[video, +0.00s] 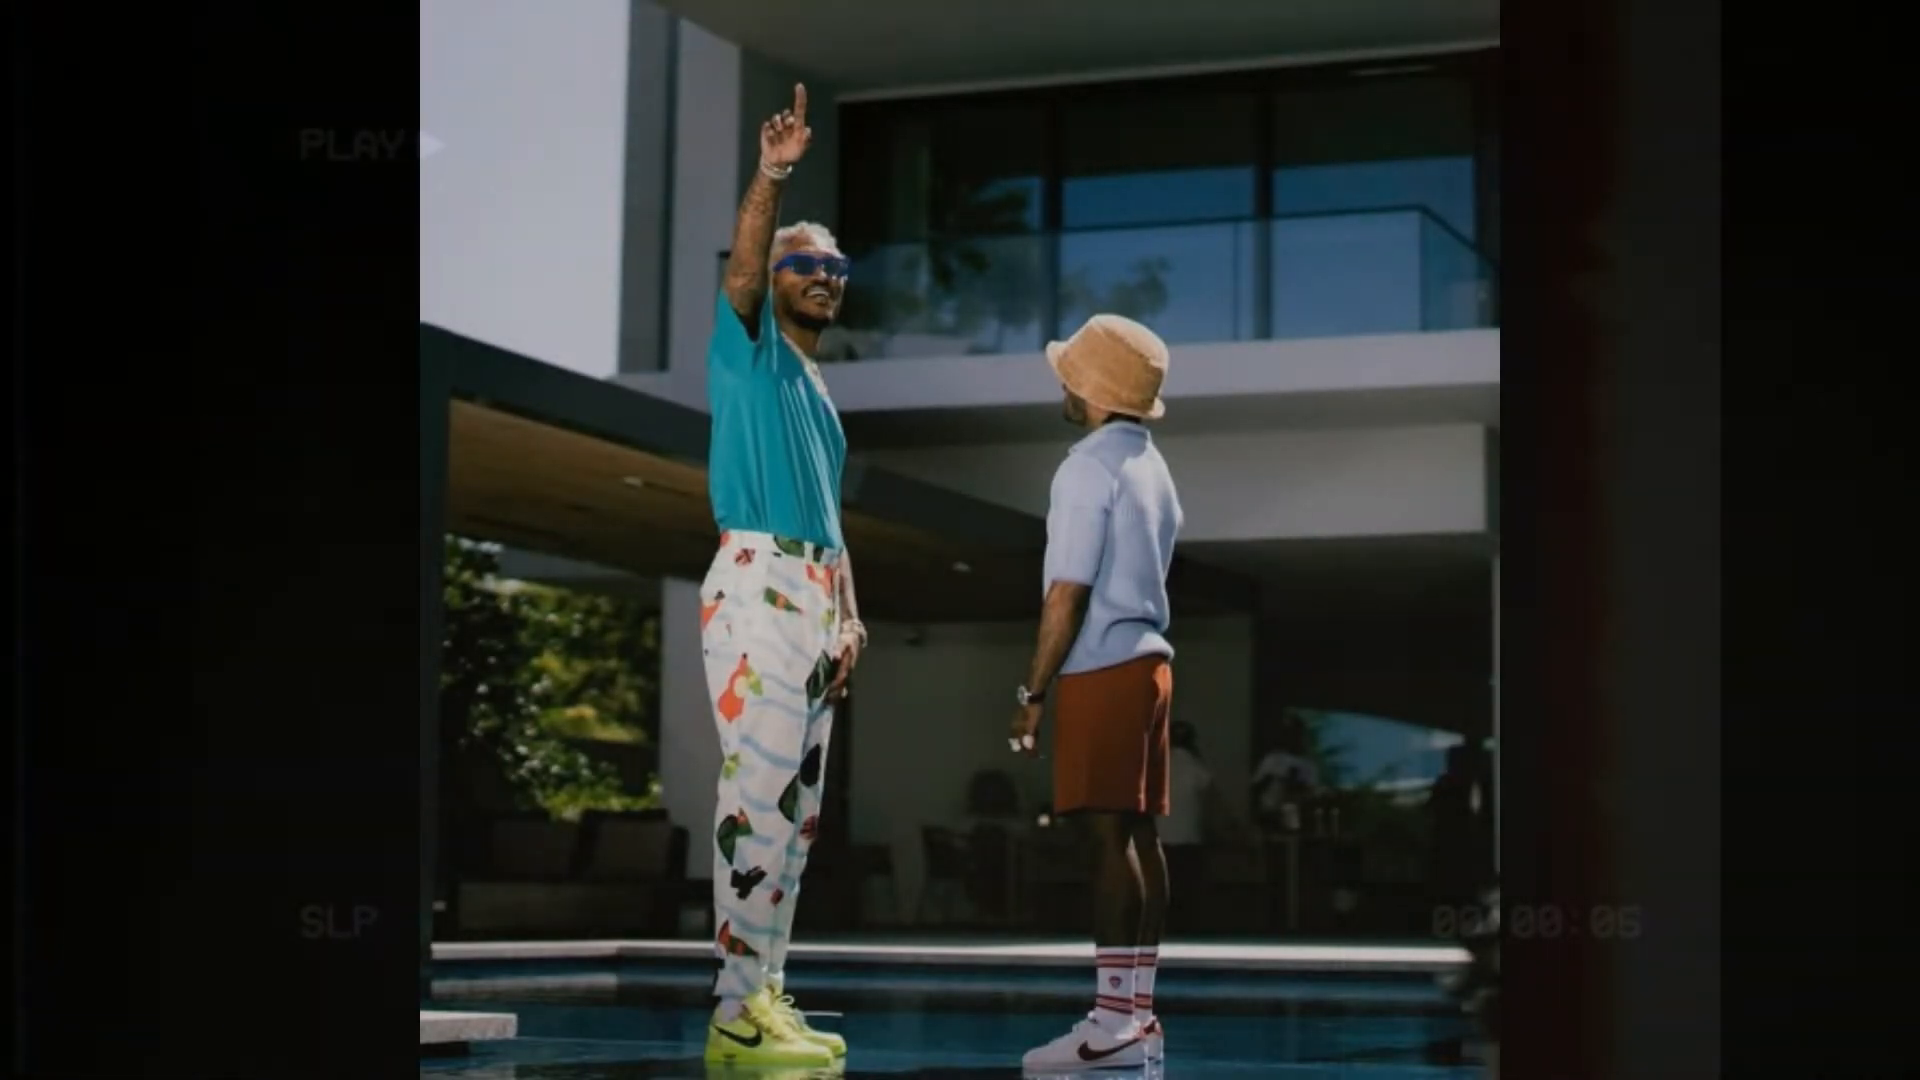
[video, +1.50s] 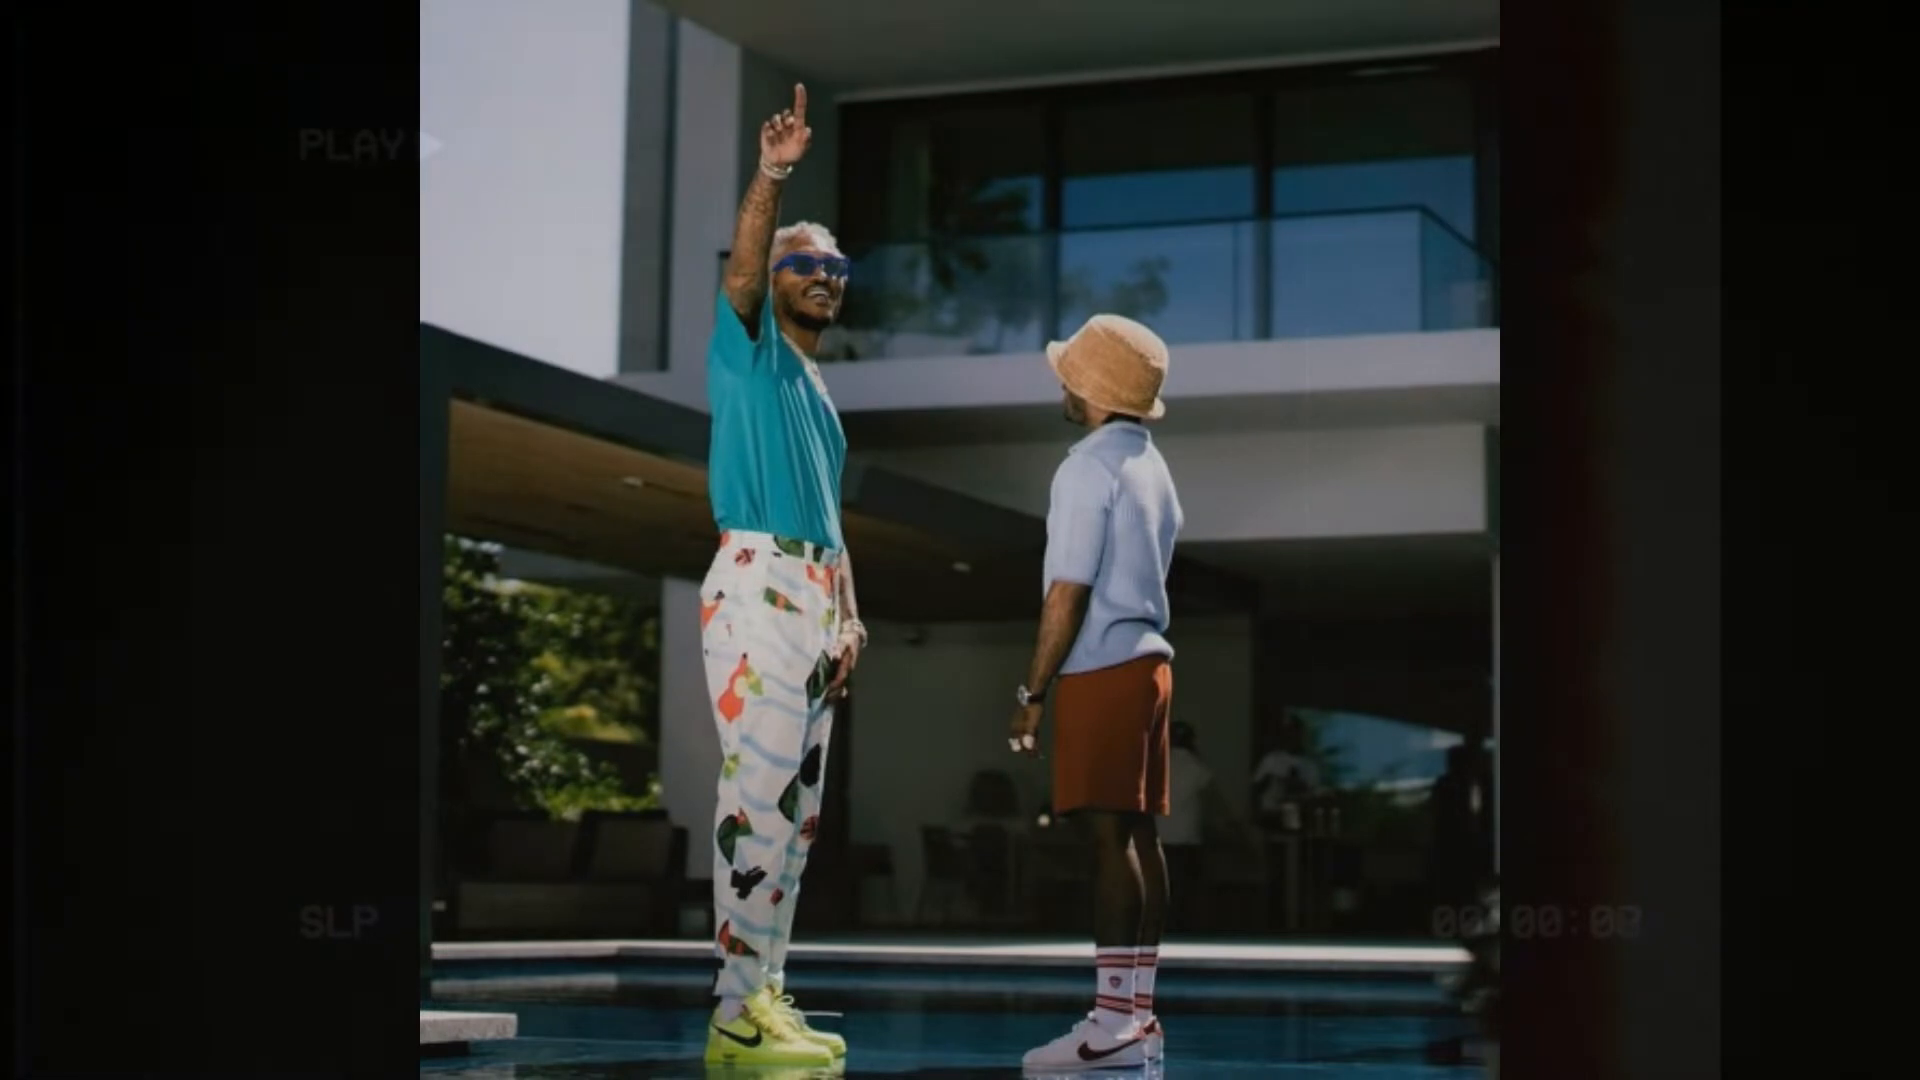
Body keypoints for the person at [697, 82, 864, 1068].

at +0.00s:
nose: (823, 281)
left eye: (833, 272)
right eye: (805, 267)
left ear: (841, 292)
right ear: (770, 278)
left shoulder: (818, 394)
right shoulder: (744, 344)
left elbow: (826, 520)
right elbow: (744, 267)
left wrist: (847, 612)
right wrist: (770, 173)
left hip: (814, 590)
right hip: (756, 581)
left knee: (794, 798)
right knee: (759, 791)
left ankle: (757, 1005)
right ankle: (747, 1006)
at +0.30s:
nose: (823, 283)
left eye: (834, 273)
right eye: (806, 268)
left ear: (841, 292)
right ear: (770, 278)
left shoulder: (818, 394)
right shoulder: (744, 344)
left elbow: (827, 520)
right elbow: (744, 267)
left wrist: (847, 612)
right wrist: (770, 173)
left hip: (813, 590)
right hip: (756, 582)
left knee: (793, 797)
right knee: (759, 792)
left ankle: (758, 1001)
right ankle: (746, 1006)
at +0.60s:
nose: (823, 283)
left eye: (834, 273)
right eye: (806, 268)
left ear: (841, 292)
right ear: (770, 278)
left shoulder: (818, 394)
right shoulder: (744, 343)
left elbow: (827, 520)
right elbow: (744, 267)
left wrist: (847, 611)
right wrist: (770, 173)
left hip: (813, 590)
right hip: (755, 581)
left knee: (793, 798)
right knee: (759, 793)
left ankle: (759, 1002)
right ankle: (745, 1007)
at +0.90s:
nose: (823, 283)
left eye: (834, 273)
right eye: (806, 268)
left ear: (841, 292)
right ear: (770, 278)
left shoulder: (818, 394)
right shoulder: (744, 343)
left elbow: (827, 520)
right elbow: (744, 267)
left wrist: (847, 611)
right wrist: (770, 173)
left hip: (813, 590)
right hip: (755, 581)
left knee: (793, 798)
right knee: (759, 793)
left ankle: (759, 1003)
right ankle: (745, 1007)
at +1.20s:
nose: (823, 283)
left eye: (834, 274)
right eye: (806, 268)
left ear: (841, 292)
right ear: (770, 278)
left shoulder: (818, 394)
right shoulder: (744, 343)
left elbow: (827, 520)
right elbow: (744, 267)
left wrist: (847, 611)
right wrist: (770, 173)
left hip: (813, 589)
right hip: (755, 581)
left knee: (794, 798)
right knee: (759, 792)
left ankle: (758, 1003)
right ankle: (745, 1007)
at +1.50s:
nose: (822, 283)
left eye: (833, 273)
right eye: (805, 268)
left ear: (841, 292)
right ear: (770, 279)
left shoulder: (818, 395)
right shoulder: (744, 344)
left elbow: (828, 520)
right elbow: (743, 267)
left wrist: (847, 612)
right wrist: (770, 173)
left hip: (814, 590)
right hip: (756, 582)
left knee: (794, 798)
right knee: (759, 791)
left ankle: (755, 1004)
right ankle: (747, 1002)